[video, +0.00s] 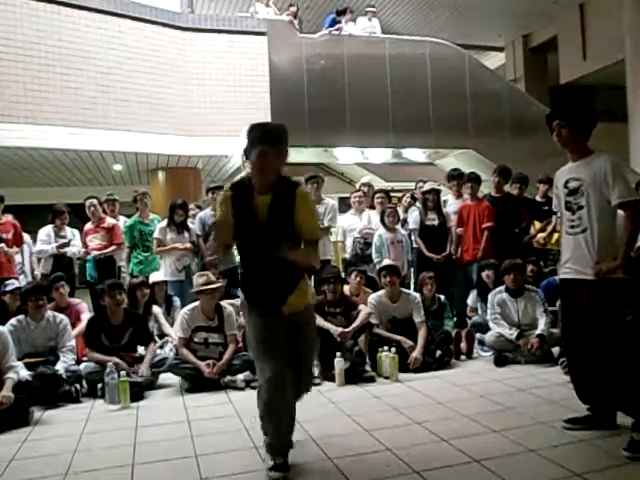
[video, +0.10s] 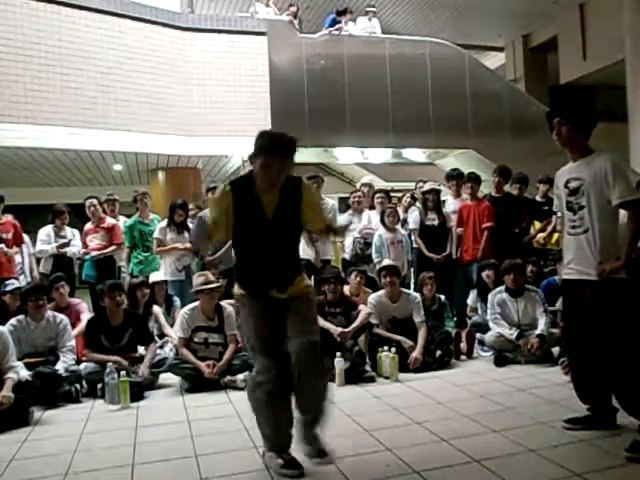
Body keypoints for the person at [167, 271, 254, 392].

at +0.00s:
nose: (212, 295)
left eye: (214, 291)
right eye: (207, 293)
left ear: (218, 292)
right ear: (198, 295)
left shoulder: (227, 312)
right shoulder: (187, 314)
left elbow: (232, 343)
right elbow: (181, 347)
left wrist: (222, 364)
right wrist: (200, 365)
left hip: (221, 358)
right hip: (197, 359)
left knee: (247, 359)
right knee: (173, 364)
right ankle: (222, 381)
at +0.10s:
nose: (212, 295)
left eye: (214, 291)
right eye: (207, 292)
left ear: (218, 292)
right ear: (198, 295)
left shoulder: (227, 312)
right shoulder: (187, 314)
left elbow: (232, 343)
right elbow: (181, 347)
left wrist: (221, 365)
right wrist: (200, 365)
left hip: (221, 358)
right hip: (197, 358)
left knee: (248, 359)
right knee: (172, 364)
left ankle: (200, 383)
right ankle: (222, 381)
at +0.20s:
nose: (211, 295)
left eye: (213, 291)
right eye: (206, 292)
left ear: (218, 292)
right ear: (197, 295)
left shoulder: (227, 312)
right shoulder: (187, 314)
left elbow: (232, 343)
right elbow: (181, 346)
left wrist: (221, 365)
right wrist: (200, 365)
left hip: (221, 357)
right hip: (197, 358)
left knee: (246, 361)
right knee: (173, 364)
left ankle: (200, 383)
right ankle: (222, 381)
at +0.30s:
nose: (210, 294)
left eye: (212, 289)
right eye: (205, 291)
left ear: (217, 290)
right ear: (196, 294)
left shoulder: (227, 311)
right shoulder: (186, 313)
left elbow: (232, 343)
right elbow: (181, 347)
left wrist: (221, 365)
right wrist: (200, 365)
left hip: (221, 357)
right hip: (196, 358)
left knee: (244, 363)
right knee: (173, 364)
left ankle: (199, 383)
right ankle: (222, 381)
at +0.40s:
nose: (210, 293)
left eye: (212, 289)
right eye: (205, 290)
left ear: (217, 290)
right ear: (196, 294)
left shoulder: (227, 311)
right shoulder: (186, 313)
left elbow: (232, 343)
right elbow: (181, 347)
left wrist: (221, 365)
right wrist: (200, 365)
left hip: (221, 357)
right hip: (196, 358)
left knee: (245, 363)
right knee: (173, 364)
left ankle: (197, 384)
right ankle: (221, 382)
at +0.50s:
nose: (209, 294)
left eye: (211, 289)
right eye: (204, 291)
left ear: (216, 290)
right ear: (196, 294)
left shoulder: (227, 312)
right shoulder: (186, 313)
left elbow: (232, 343)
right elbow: (181, 347)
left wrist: (221, 365)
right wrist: (201, 365)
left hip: (221, 357)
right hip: (196, 358)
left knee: (246, 361)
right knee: (173, 364)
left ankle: (198, 383)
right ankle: (222, 382)